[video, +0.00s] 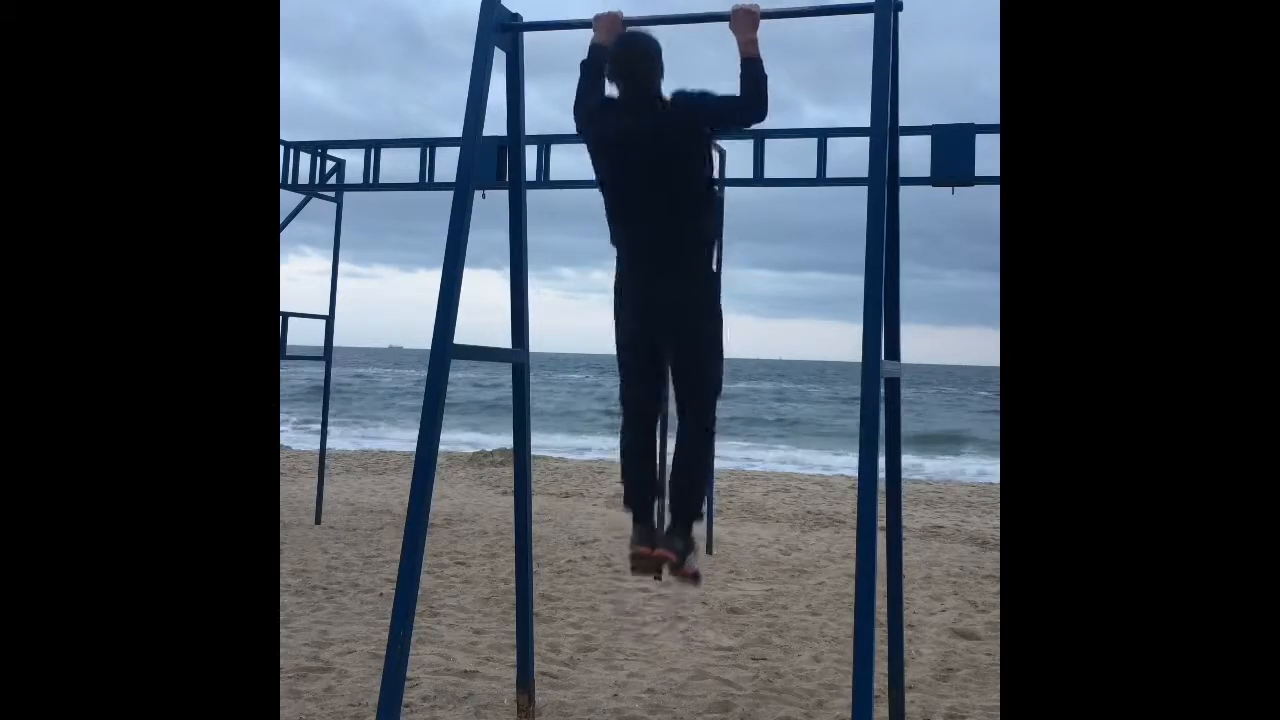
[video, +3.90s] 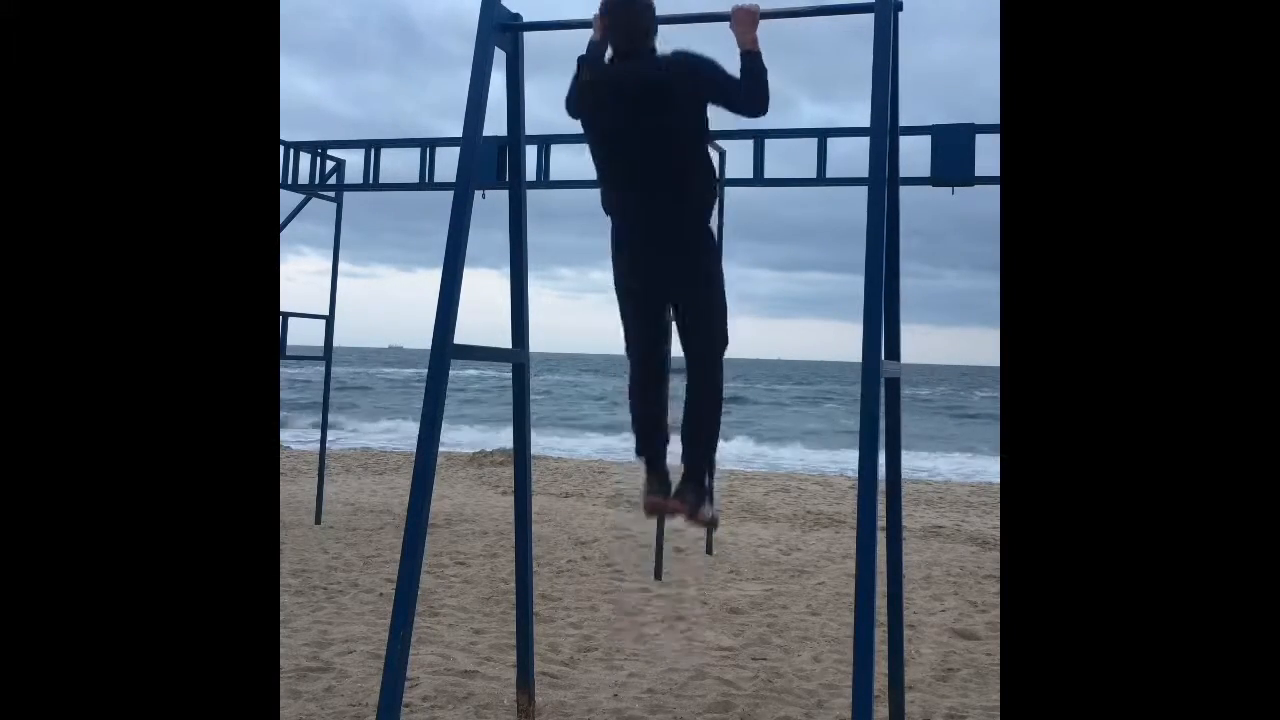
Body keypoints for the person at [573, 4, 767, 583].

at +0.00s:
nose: (640, 75)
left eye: (622, 67)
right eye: (651, 66)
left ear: (613, 75)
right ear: (659, 73)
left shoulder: (600, 125)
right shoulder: (692, 114)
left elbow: (589, 91)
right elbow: (754, 106)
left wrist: (599, 43)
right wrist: (749, 43)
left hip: (634, 288)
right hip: (692, 287)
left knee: (639, 410)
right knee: (696, 413)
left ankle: (642, 531)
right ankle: (678, 538)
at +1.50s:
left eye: (618, 4)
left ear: (618, 3)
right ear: (664, 1)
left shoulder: (599, 41)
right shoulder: (693, 34)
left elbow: (564, 99)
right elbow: (762, 88)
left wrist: (594, 33)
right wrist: (750, 36)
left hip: (634, 206)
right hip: (693, 203)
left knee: (651, 324)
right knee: (710, 321)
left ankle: (668, 445)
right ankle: (706, 448)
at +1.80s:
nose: (657, 45)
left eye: (638, 34)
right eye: (661, 35)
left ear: (622, 46)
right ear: (668, 44)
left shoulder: (603, 94)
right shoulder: (697, 86)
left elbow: (571, 104)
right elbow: (770, 101)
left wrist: (597, 43)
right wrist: (754, 41)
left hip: (639, 261)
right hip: (698, 259)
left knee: (650, 381)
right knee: (707, 381)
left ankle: (662, 503)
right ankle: (700, 504)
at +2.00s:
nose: (677, 114)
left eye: (663, 108)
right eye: (677, 108)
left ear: (627, 119)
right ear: (676, 114)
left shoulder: (614, 157)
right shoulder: (704, 149)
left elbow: (589, 109)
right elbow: (762, 109)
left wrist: (599, 46)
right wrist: (751, 45)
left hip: (645, 324)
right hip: (702, 324)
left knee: (643, 454)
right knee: (699, 460)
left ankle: (639, 578)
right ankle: (678, 587)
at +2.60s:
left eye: (610, 37)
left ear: (609, 47)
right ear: (656, 42)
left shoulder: (596, 102)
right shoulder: (687, 82)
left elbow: (581, 94)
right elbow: (752, 104)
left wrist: (597, 42)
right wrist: (748, 42)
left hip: (635, 259)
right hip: (694, 255)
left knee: (647, 372)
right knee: (706, 376)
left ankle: (655, 489)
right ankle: (694, 496)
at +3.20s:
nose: (657, 100)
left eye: (636, 93)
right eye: (664, 91)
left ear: (625, 102)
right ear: (674, 98)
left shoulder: (613, 144)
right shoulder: (706, 138)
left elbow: (587, 109)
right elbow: (765, 107)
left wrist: (599, 45)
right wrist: (752, 43)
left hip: (647, 310)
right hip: (703, 310)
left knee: (647, 439)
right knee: (703, 442)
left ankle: (649, 565)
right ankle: (685, 568)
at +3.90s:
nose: (623, 28)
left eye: (613, 22)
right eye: (645, 18)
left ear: (609, 33)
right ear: (654, 27)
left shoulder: (593, 89)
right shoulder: (687, 71)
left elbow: (575, 100)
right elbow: (754, 102)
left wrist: (596, 42)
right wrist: (749, 42)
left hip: (632, 246)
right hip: (691, 241)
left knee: (645, 360)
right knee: (705, 363)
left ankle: (654, 479)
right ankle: (694, 487)